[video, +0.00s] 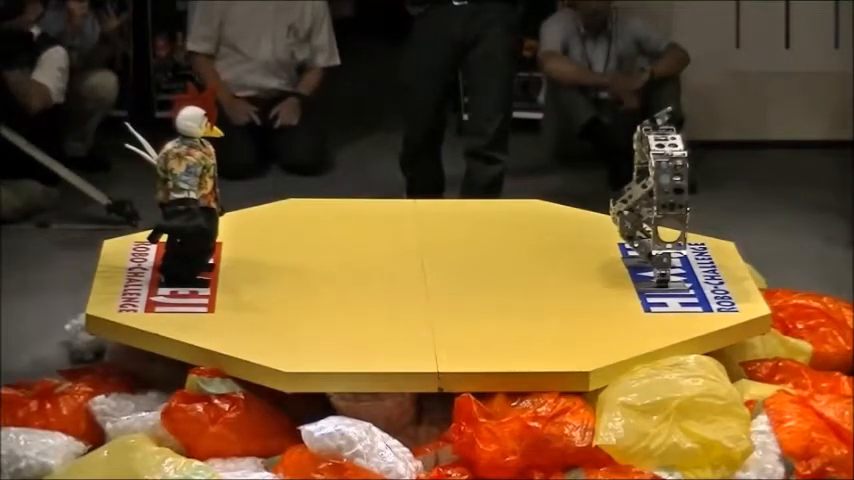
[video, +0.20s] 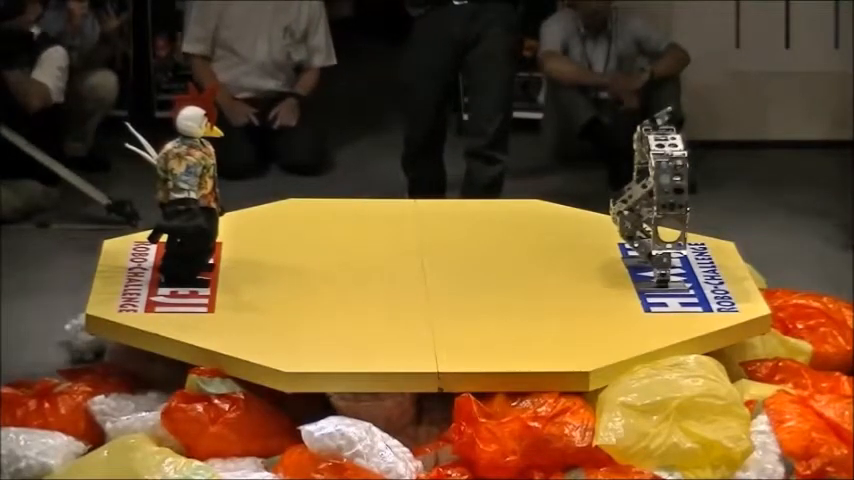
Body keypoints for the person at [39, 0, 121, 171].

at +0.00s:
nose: (79, 10)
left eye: (83, 6)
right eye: (75, 6)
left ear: (88, 8)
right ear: (66, 6)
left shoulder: (91, 25)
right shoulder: (52, 20)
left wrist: (108, 35)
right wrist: (71, 26)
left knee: (105, 82)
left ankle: (80, 147)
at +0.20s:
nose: (79, 10)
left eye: (83, 6)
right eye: (74, 6)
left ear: (88, 8)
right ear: (66, 6)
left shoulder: (91, 24)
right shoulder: (52, 19)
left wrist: (108, 35)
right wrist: (71, 26)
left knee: (105, 82)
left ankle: (80, 147)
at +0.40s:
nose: (79, 10)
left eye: (83, 6)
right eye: (74, 6)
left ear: (88, 8)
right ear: (66, 6)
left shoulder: (91, 24)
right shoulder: (52, 19)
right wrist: (71, 26)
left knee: (105, 82)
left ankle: (80, 148)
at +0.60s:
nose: (79, 10)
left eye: (84, 6)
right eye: (75, 6)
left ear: (88, 8)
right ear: (66, 6)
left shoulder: (91, 24)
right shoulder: (52, 20)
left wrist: (108, 35)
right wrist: (70, 27)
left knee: (105, 82)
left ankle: (81, 147)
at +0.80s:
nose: (80, 10)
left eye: (84, 6)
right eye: (76, 5)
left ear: (88, 7)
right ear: (66, 6)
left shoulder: (92, 24)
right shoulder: (52, 19)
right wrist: (71, 26)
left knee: (105, 82)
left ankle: (80, 147)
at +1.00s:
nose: (79, 10)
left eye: (83, 6)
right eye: (75, 6)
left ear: (88, 8)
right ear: (66, 6)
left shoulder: (92, 24)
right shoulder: (53, 19)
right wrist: (70, 27)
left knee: (105, 82)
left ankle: (81, 147)